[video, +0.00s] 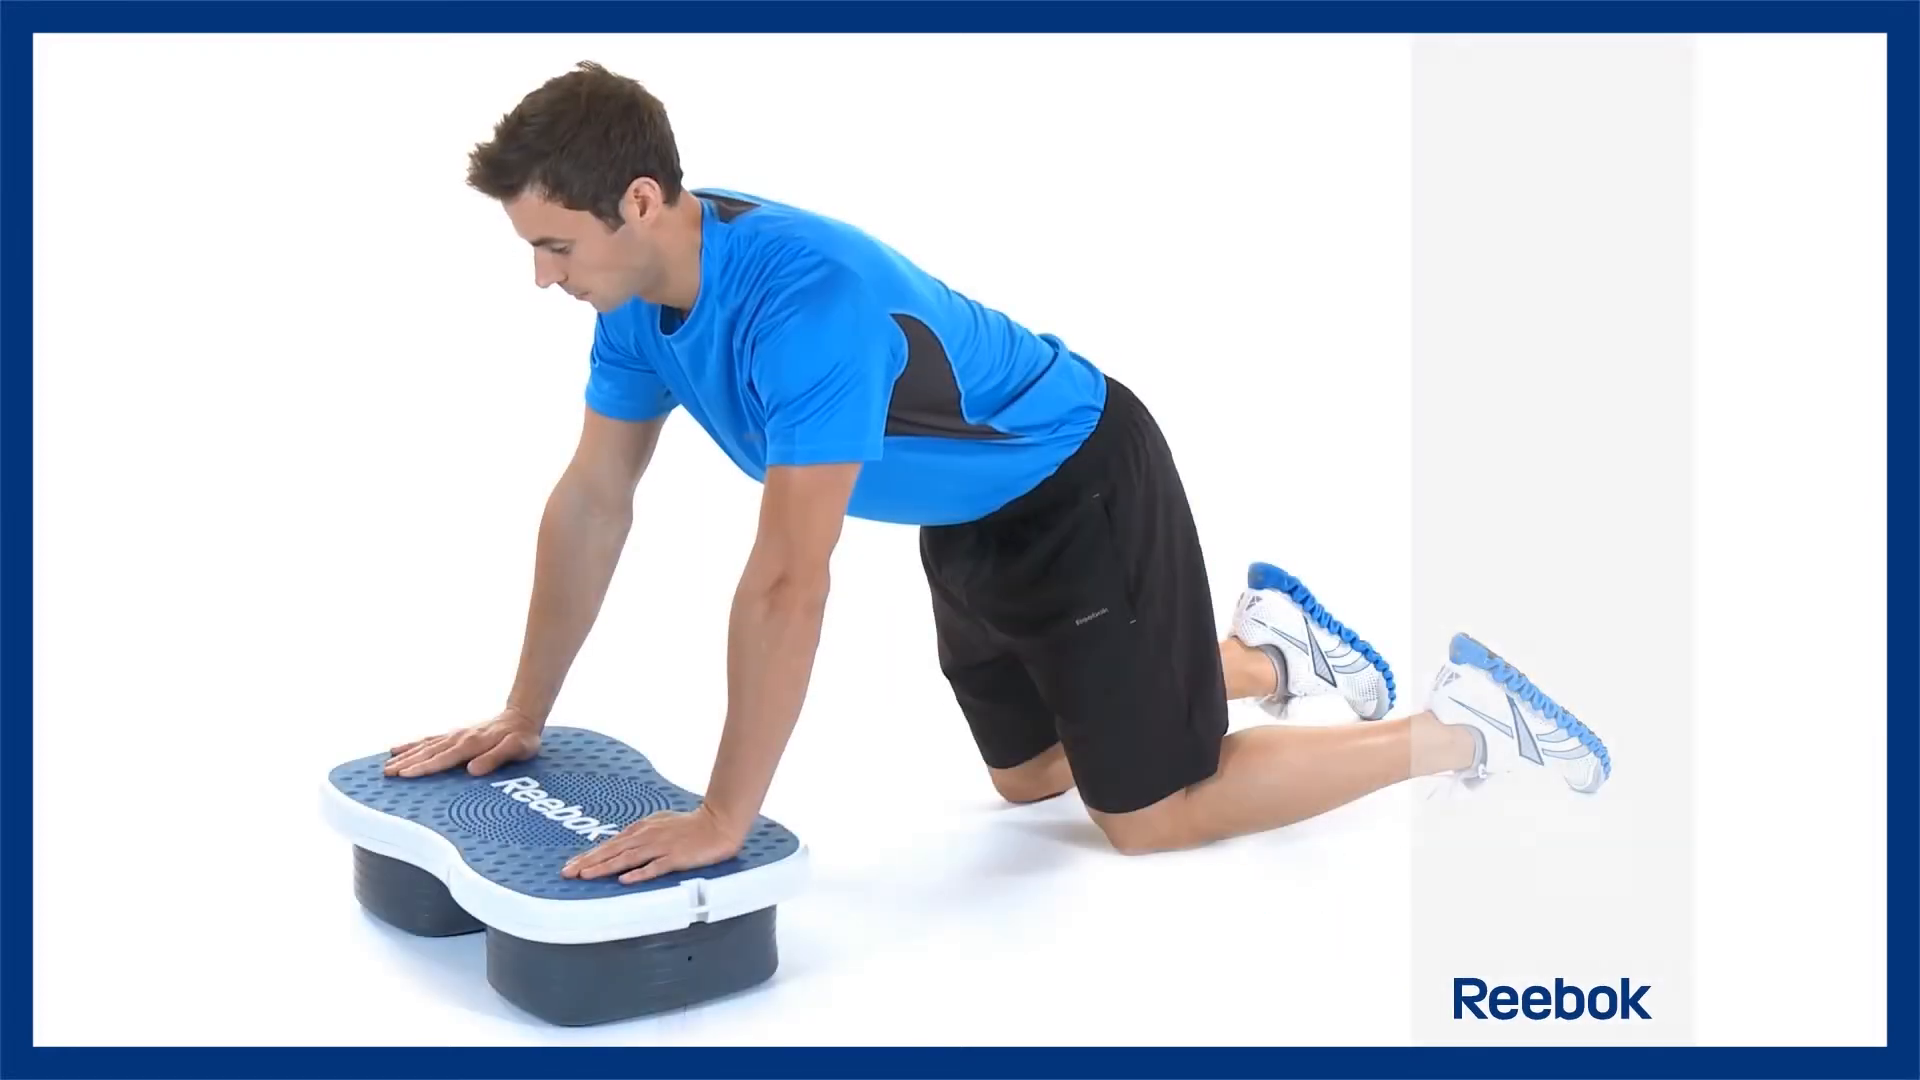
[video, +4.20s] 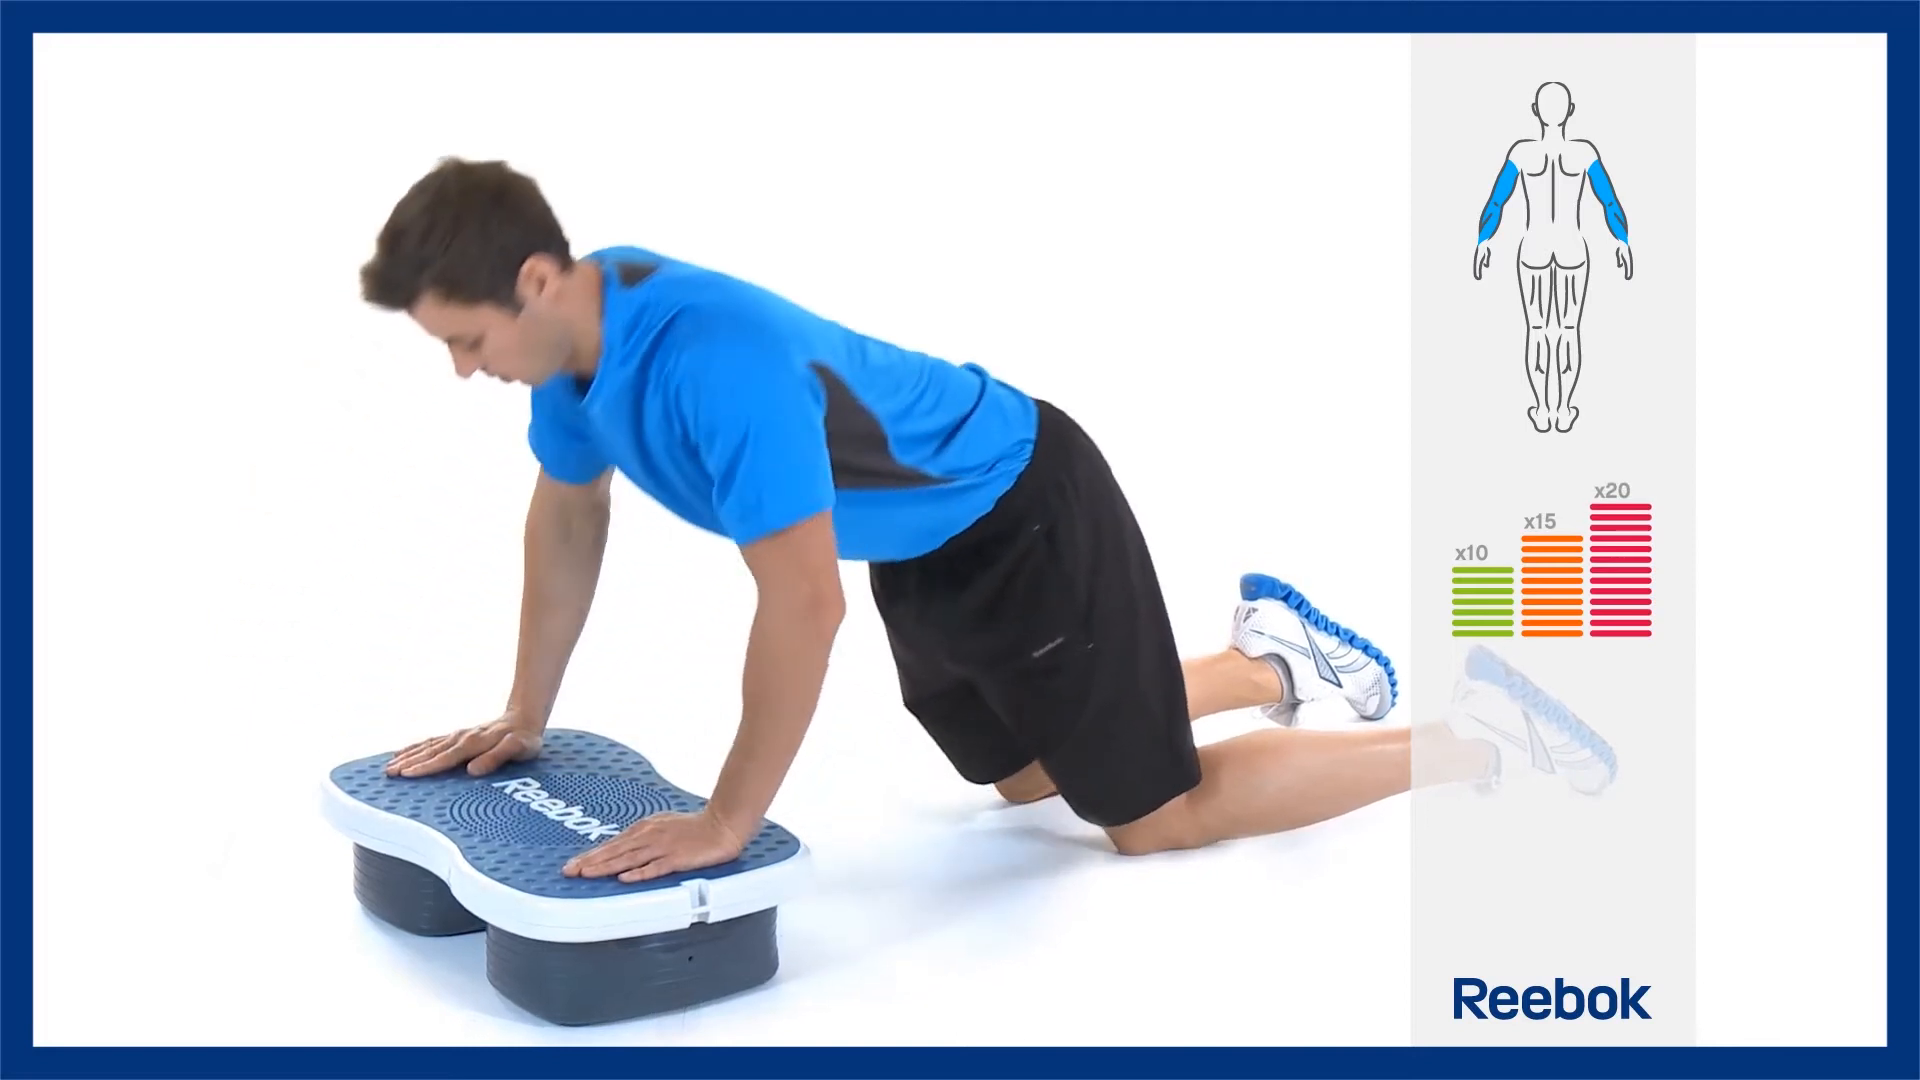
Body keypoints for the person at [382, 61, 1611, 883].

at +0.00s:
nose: (542, 275)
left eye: (553, 246)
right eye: (530, 250)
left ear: (644, 202)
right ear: (610, 214)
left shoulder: (805, 300)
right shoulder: (636, 310)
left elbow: (790, 580)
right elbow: (590, 508)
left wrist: (727, 816)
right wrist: (524, 717)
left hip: (1079, 478)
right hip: (958, 518)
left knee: (1151, 809)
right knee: (1038, 777)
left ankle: (1455, 736)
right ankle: (1267, 658)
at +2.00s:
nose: (544, 257)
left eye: (554, 224)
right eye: (532, 229)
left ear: (647, 188)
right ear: (615, 202)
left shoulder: (807, 299)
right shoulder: (631, 304)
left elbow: (779, 584)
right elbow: (584, 509)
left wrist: (724, 812)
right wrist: (522, 714)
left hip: (1076, 479)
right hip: (958, 519)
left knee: (1157, 810)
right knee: (1041, 776)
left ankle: (1462, 736)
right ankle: (1271, 658)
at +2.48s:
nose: (478, 392)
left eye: (478, 362)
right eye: (459, 370)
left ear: (556, 301)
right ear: (533, 305)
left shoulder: (736, 381)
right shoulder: (588, 372)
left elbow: (848, 623)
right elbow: (577, 535)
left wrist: (731, 816)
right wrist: (519, 720)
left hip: (1044, 502)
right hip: (937, 554)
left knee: (1155, 815)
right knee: (1033, 781)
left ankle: (1470, 748)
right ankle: (1258, 667)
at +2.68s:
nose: (409, 530)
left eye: (409, 503)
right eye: (389, 512)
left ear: (481, 441)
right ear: (464, 434)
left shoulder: (664, 467)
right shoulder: (534, 411)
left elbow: (853, 646)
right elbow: (574, 551)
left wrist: (733, 820)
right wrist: (523, 713)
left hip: (997, 522)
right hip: (899, 567)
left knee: (1154, 809)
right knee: (1032, 771)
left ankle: (1467, 751)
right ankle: (1255, 657)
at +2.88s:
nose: (359, 659)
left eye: (349, 635)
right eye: (336, 644)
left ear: (406, 568)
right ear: (395, 553)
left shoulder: (603, 560)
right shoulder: (472, 486)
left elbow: (846, 649)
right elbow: (545, 593)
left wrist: (733, 822)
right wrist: (522, 716)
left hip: (957, 558)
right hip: (871, 594)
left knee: (1168, 806)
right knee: (1022, 769)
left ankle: (1465, 750)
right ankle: (1260, 659)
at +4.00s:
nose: (390, 518)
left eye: (388, 491)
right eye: (369, 502)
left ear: (455, 430)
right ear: (440, 431)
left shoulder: (634, 462)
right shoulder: (516, 430)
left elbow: (831, 638)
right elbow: (553, 554)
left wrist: (735, 820)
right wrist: (524, 716)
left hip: (978, 539)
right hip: (885, 583)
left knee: (1137, 805)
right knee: (1001, 762)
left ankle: (1466, 745)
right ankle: (1264, 657)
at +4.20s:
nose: (466, 369)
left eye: (466, 339)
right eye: (447, 349)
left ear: (540, 278)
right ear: (515, 287)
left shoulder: (707, 360)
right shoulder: (573, 351)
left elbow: (798, 597)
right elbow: (565, 527)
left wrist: (731, 814)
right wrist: (522, 720)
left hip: (1024, 507)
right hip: (915, 551)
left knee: (1155, 813)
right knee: (1022, 774)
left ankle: (1474, 742)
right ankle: (1266, 665)